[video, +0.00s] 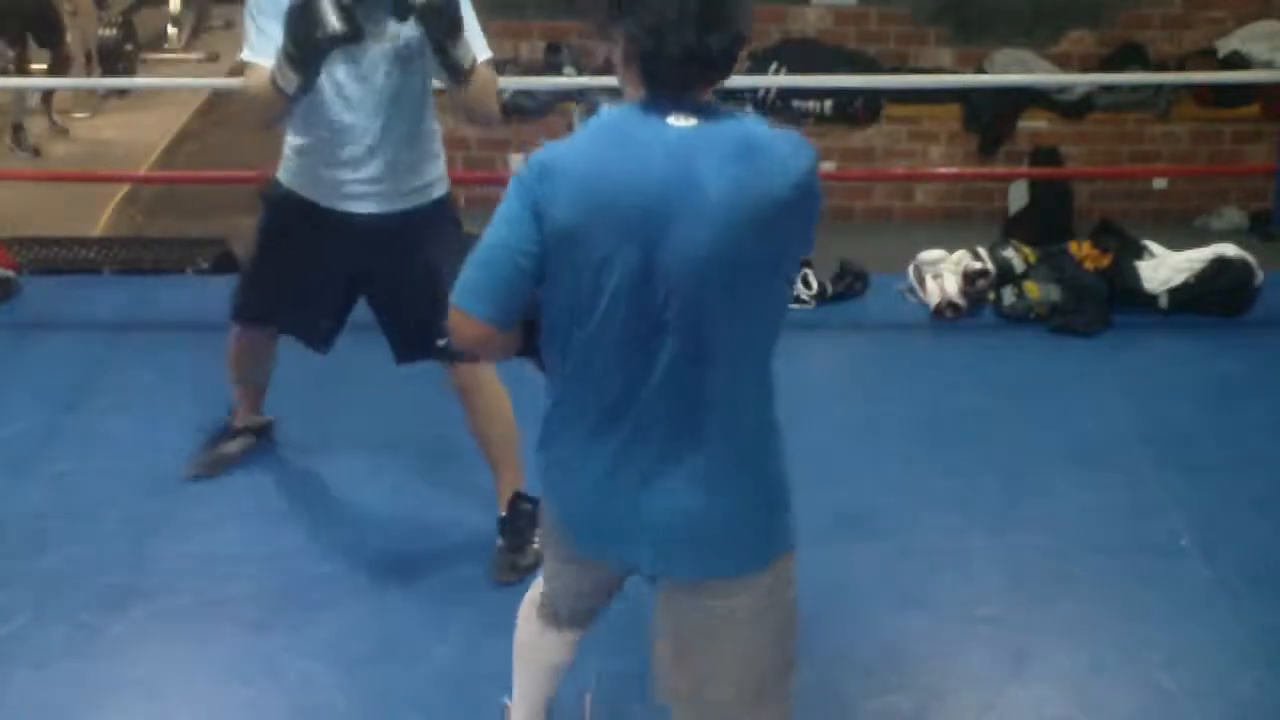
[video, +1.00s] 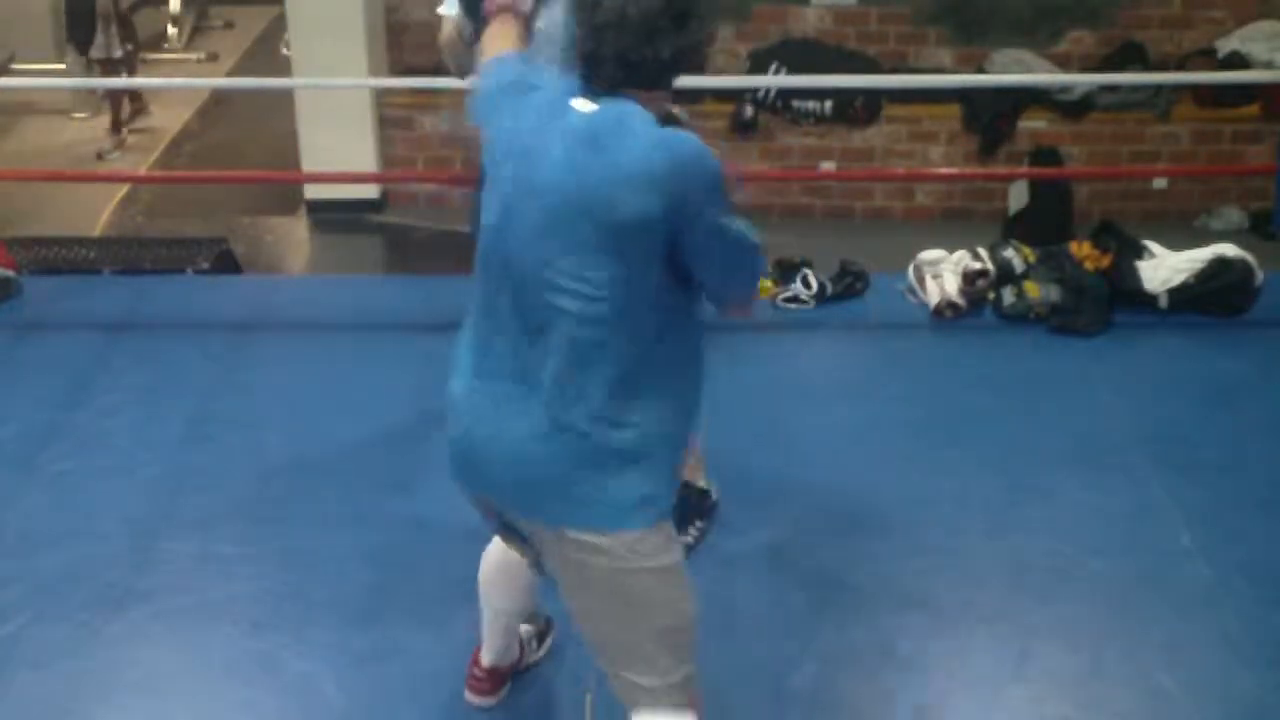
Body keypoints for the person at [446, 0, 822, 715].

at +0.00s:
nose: (605, 52)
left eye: (611, 37)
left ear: (623, 53)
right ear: (732, 54)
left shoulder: (556, 172)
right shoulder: (785, 170)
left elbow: (473, 330)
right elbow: (769, 283)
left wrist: (554, 330)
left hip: (589, 491)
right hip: (726, 507)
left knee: (556, 612)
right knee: (731, 704)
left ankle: (524, 710)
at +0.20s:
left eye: (612, 46)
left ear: (619, 63)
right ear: (724, 70)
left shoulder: (535, 173)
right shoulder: (770, 186)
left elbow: (450, 322)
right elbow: (760, 310)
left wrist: (533, 334)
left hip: (561, 488)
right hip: (700, 511)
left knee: (534, 589)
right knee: (729, 707)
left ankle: (498, 706)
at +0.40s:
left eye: (603, 36)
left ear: (612, 58)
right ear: (713, 68)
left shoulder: (530, 156)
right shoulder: (752, 185)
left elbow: (438, 293)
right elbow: (749, 310)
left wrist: (500, 310)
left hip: (530, 473)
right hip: (658, 499)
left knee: (521, 589)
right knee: (730, 702)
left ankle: (499, 706)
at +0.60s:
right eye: (764, 78)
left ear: (658, 74)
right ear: (756, 94)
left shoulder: (555, 162)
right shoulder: (780, 211)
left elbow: (456, 297)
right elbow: (776, 343)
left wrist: (527, 344)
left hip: (536, 488)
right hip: (668, 522)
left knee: (525, 606)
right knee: (712, 706)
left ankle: (500, 706)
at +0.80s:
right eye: (760, 77)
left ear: (645, 72)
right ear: (750, 92)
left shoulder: (556, 164)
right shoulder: (771, 210)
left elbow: (440, 277)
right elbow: (787, 333)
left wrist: (539, 303)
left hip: (538, 492)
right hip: (668, 525)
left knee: (544, 562)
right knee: (711, 705)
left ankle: (493, 684)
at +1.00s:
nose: (703, 60)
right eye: (697, 48)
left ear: (590, 43)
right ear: (681, 62)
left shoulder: (519, 112)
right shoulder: (678, 165)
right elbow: (737, 287)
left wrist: (504, 15)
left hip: (485, 440)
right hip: (601, 479)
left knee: (518, 533)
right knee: (662, 697)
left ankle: (496, 656)